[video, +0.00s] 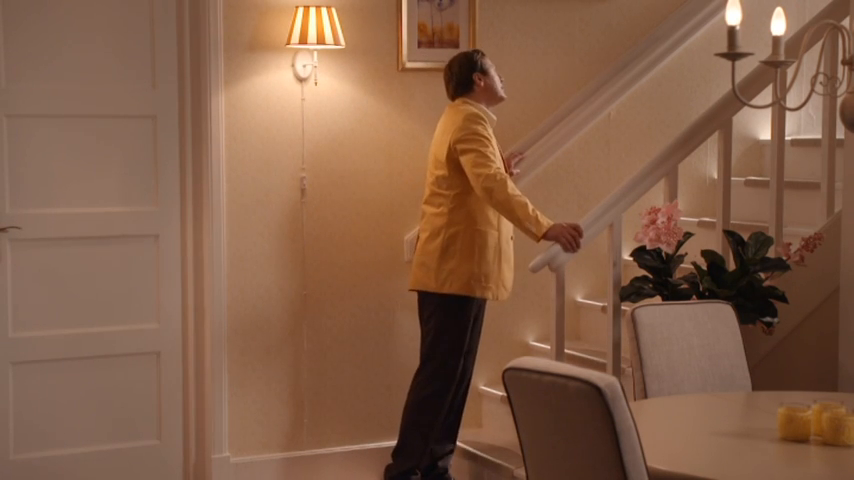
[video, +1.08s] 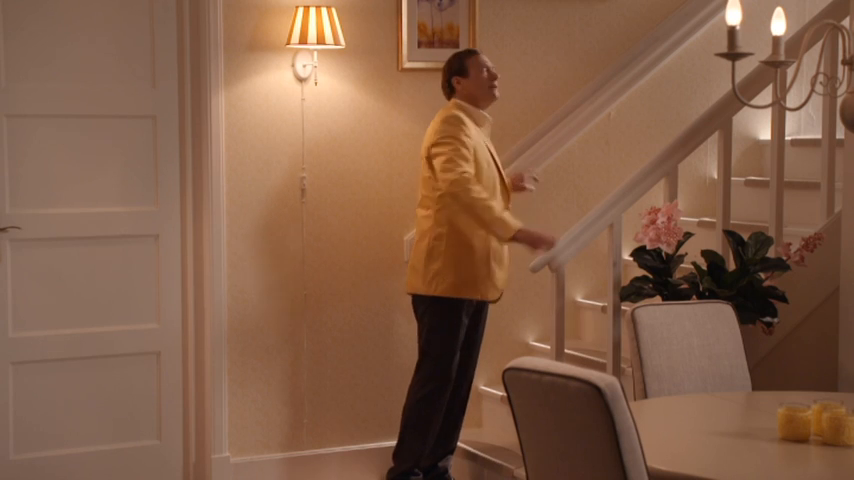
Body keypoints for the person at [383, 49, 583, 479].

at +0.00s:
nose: (501, 80)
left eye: (496, 72)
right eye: (494, 72)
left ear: (470, 82)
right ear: (479, 80)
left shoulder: (462, 119)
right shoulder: (468, 120)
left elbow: (462, 192)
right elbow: (492, 185)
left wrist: (500, 176)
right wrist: (545, 227)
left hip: (464, 270)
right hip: (453, 270)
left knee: (455, 375)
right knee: (441, 374)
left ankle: (434, 468)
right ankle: (406, 470)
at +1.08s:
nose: (496, 78)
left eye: (493, 72)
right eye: (486, 72)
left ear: (470, 83)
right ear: (459, 82)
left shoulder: (475, 128)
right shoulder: (450, 125)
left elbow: (475, 189)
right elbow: (460, 189)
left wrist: (507, 183)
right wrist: (518, 231)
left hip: (474, 274)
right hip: (445, 274)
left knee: (458, 379)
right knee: (436, 377)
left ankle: (436, 467)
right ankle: (406, 470)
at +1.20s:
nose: (490, 79)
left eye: (490, 73)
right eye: (479, 74)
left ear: (492, 84)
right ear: (454, 85)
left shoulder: (483, 135)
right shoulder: (443, 124)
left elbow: (490, 206)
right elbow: (426, 188)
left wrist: (531, 213)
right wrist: (464, 246)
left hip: (479, 282)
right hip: (442, 278)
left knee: (461, 382)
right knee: (437, 379)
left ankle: (438, 469)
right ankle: (410, 471)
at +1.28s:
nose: (484, 80)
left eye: (488, 74)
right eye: (473, 75)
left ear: (494, 84)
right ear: (452, 87)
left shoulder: (492, 139)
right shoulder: (436, 128)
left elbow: (491, 209)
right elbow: (411, 194)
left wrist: (528, 217)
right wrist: (417, 260)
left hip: (481, 282)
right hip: (440, 279)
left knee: (463, 386)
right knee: (435, 383)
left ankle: (439, 469)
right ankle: (412, 472)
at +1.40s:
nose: (476, 79)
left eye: (483, 73)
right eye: (467, 73)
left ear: (494, 85)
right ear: (452, 86)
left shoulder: (509, 142)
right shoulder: (429, 127)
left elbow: (516, 197)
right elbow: (391, 186)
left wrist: (520, 211)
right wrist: (360, 247)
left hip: (482, 268)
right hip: (432, 264)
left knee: (463, 379)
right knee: (429, 375)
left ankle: (442, 469)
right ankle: (413, 470)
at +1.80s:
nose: (436, 87)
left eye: (447, 81)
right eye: (436, 79)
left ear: (474, 91)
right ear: (434, 83)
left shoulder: (501, 146)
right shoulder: (410, 126)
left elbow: (520, 207)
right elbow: (383, 191)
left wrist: (487, 222)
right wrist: (366, 246)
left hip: (453, 271)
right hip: (399, 263)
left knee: (445, 376)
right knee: (377, 365)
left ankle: (444, 472)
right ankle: (353, 468)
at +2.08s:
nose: (384, 94)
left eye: (393, 88)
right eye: (384, 86)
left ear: (422, 93)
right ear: (388, 89)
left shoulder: (458, 142)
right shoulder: (372, 132)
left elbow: (480, 209)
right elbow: (361, 196)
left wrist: (434, 222)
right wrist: (358, 253)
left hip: (426, 278)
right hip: (372, 273)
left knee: (429, 381)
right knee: (351, 374)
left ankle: (443, 471)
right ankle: (334, 474)